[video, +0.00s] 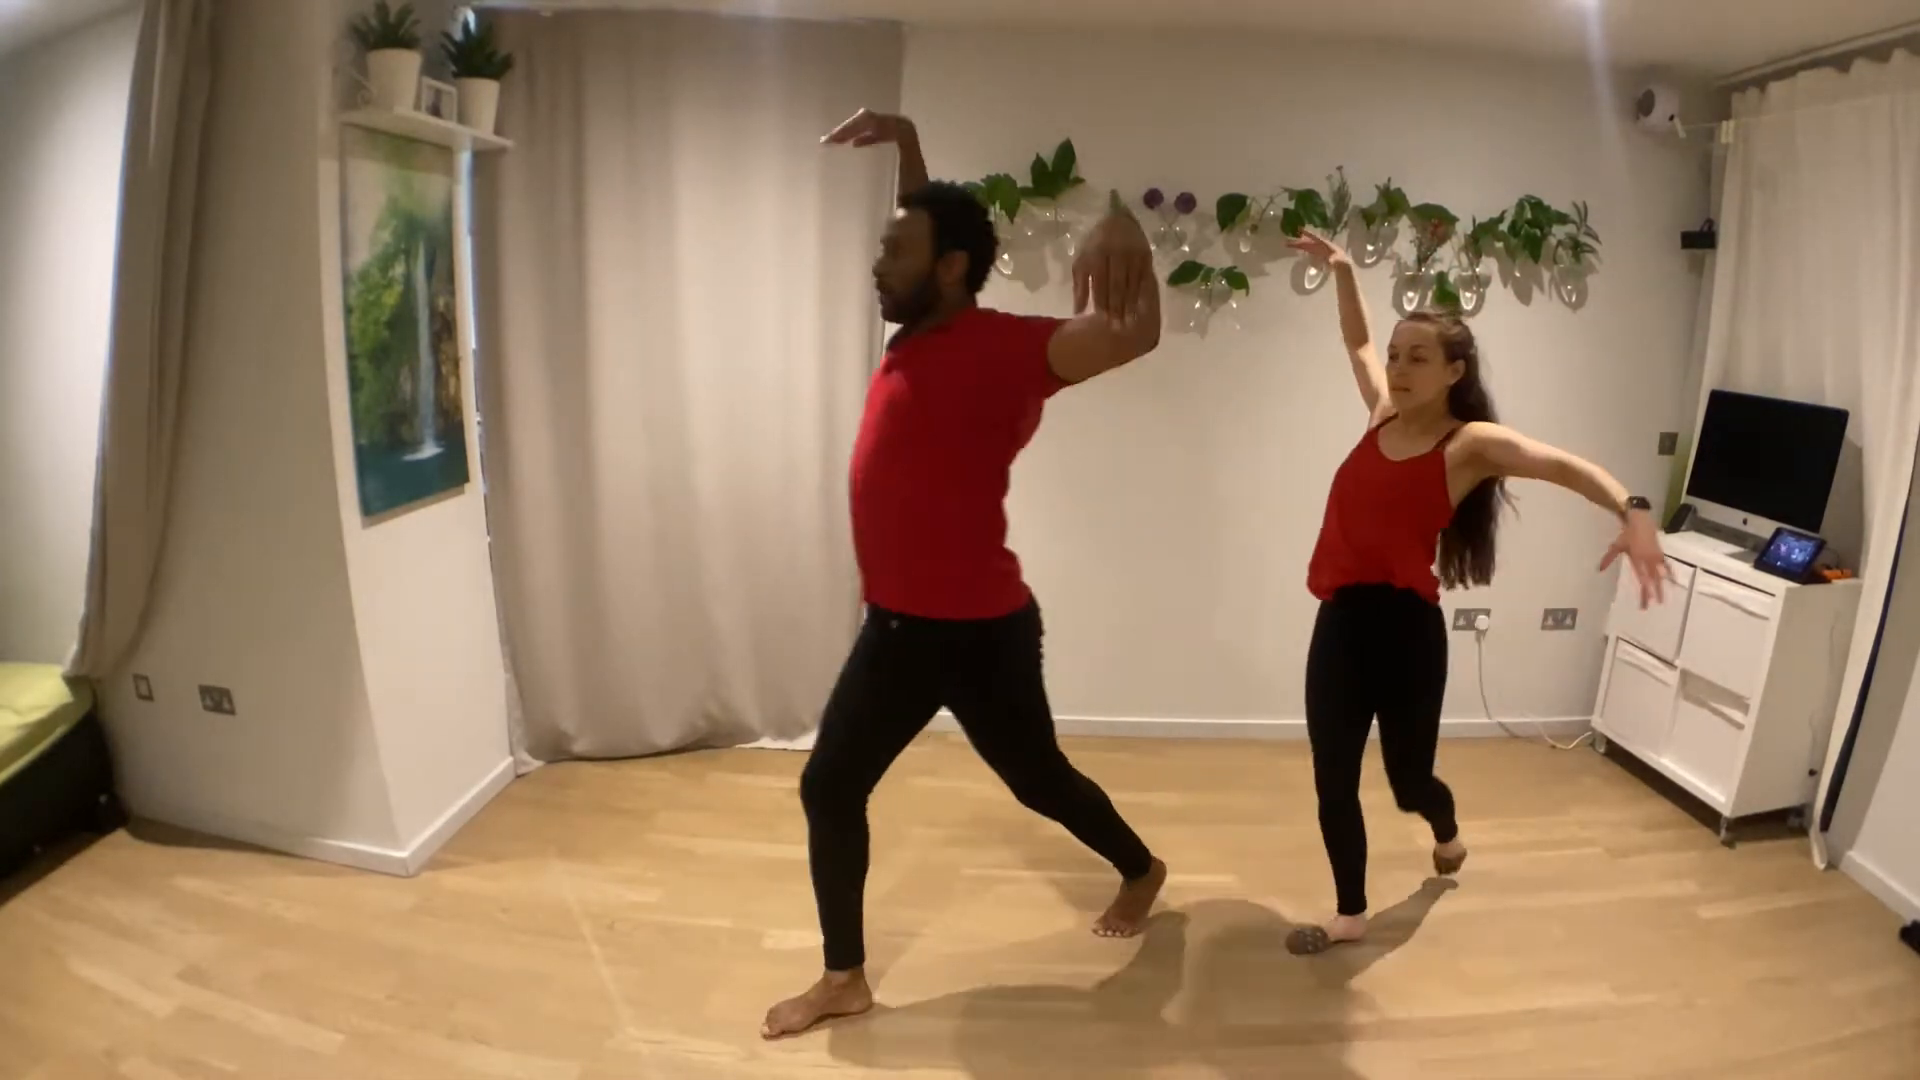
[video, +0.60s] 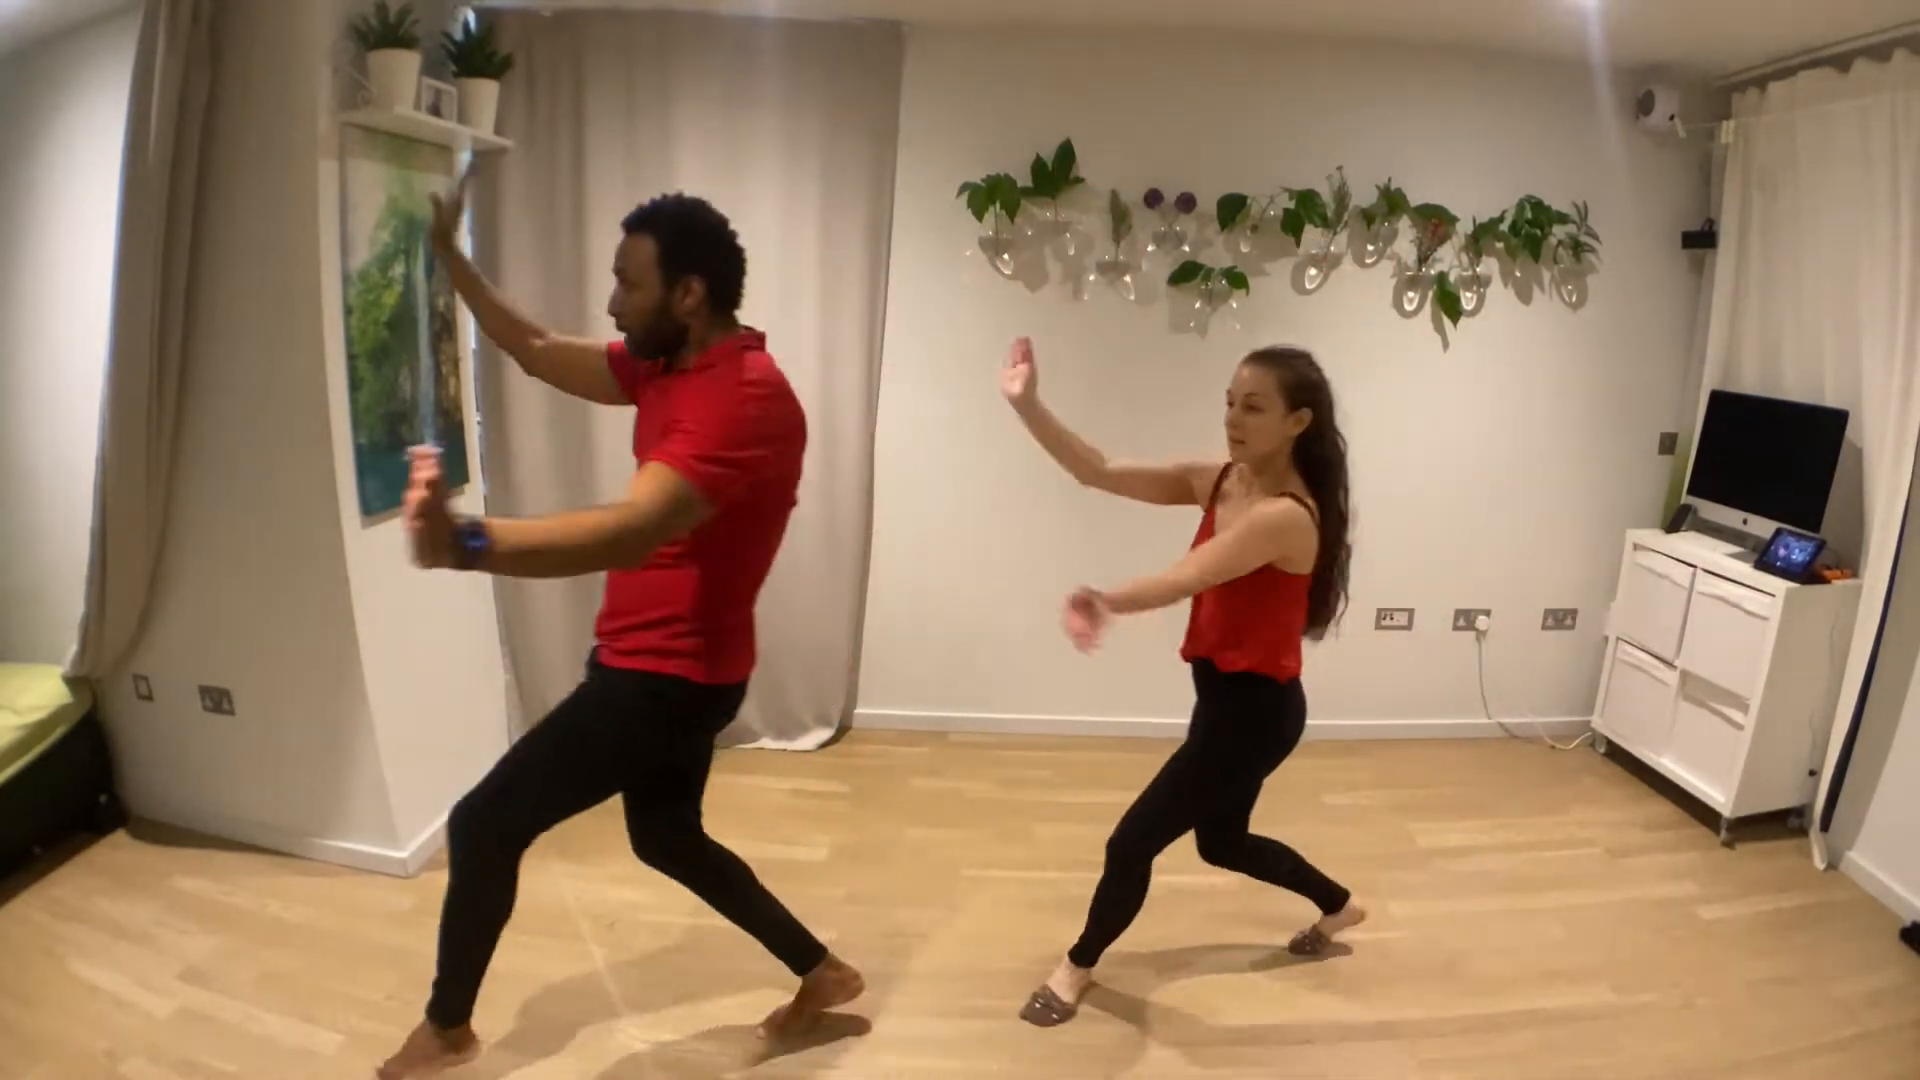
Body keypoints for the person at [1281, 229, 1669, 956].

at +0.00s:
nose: (1398, 369)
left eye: (1415, 358)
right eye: (1394, 355)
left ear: (1452, 372)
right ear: (1386, 361)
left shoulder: (1469, 442)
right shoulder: (1384, 415)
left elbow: (1558, 466)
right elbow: (1360, 345)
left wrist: (1631, 511)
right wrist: (1341, 265)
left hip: (1408, 627)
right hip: (1341, 621)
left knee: (1410, 788)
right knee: (1333, 783)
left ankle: (1447, 827)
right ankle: (1350, 914)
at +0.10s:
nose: (1380, 379)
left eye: (1397, 368)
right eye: (1377, 368)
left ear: (1436, 382)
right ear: (1370, 377)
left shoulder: (1453, 462)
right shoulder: (1374, 429)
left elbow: (1552, 486)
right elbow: (1353, 366)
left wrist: (1648, 507)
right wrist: (1360, 293)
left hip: (1378, 646)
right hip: (1318, 636)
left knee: (1352, 817)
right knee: (1318, 797)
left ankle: (1427, 815)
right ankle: (1349, 918)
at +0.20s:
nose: (1357, 386)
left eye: (1373, 376)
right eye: (1353, 373)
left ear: (1415, 390)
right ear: (1349, 381)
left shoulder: (1431, 478)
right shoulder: (1350, 444)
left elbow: (1542, 518)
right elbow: (1341, 390)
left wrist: (1649, 520)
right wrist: (1364, 332)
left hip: (1361, 659)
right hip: (1305, 646)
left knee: (1280, 809)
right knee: (1305, 796)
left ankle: (1388, 820)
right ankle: (1348, 919)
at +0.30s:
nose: (1332, 390)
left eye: (1350, 380)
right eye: (1329, 378)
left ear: (1394, 397)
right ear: (1323, 385)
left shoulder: (1401, 487)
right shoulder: (1321, 455)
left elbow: (1500, 553)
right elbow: (1289, 412)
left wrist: (1610, 581)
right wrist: (1311, 349)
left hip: (1350, 671)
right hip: (1296, 660)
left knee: (1227, 778)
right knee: (1298, 810)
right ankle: (1348, 920)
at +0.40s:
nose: (1303, 398)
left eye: (1323, 388)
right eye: (1301, 385)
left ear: (1365, 406)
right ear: (1294, 390)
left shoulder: (1368, 504)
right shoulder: (1283, 461)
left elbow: (1413, 588)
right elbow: (1212, 431)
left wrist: (1479, 639)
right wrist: (1204, 356)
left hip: (1332, 684)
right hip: (1283, 671)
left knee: (1199, 796)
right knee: (1283, 821)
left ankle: (1139, 946)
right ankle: (1351, 920)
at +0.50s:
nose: (1270, 409)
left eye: (1289, 398)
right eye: (1269, 394)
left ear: (1336, 415)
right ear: (1264, 397)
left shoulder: (1328, 513)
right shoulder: (1254, 472)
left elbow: (1292, 585)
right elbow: (1147, 451)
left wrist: (1267, 627)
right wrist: (1096, 379)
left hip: (1298, 701)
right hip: (1256, 686)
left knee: (1177, 826)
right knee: (1257, 833)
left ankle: (1081, 963)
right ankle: (1352, 918)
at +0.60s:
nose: (1233, 417)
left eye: (1253, 407)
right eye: (1231, 402)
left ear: (1299, 422)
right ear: (1227, 402)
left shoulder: (1287, 517)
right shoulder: (1217, 478)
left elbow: (1190, 577)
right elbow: (1099, 471)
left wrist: (1107, 599)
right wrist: (1028, 405)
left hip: (1258, 711)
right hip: (1220, 701)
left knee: (1132, 843)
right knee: (1223, 843)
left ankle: (1076, 970)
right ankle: (1341, 905)